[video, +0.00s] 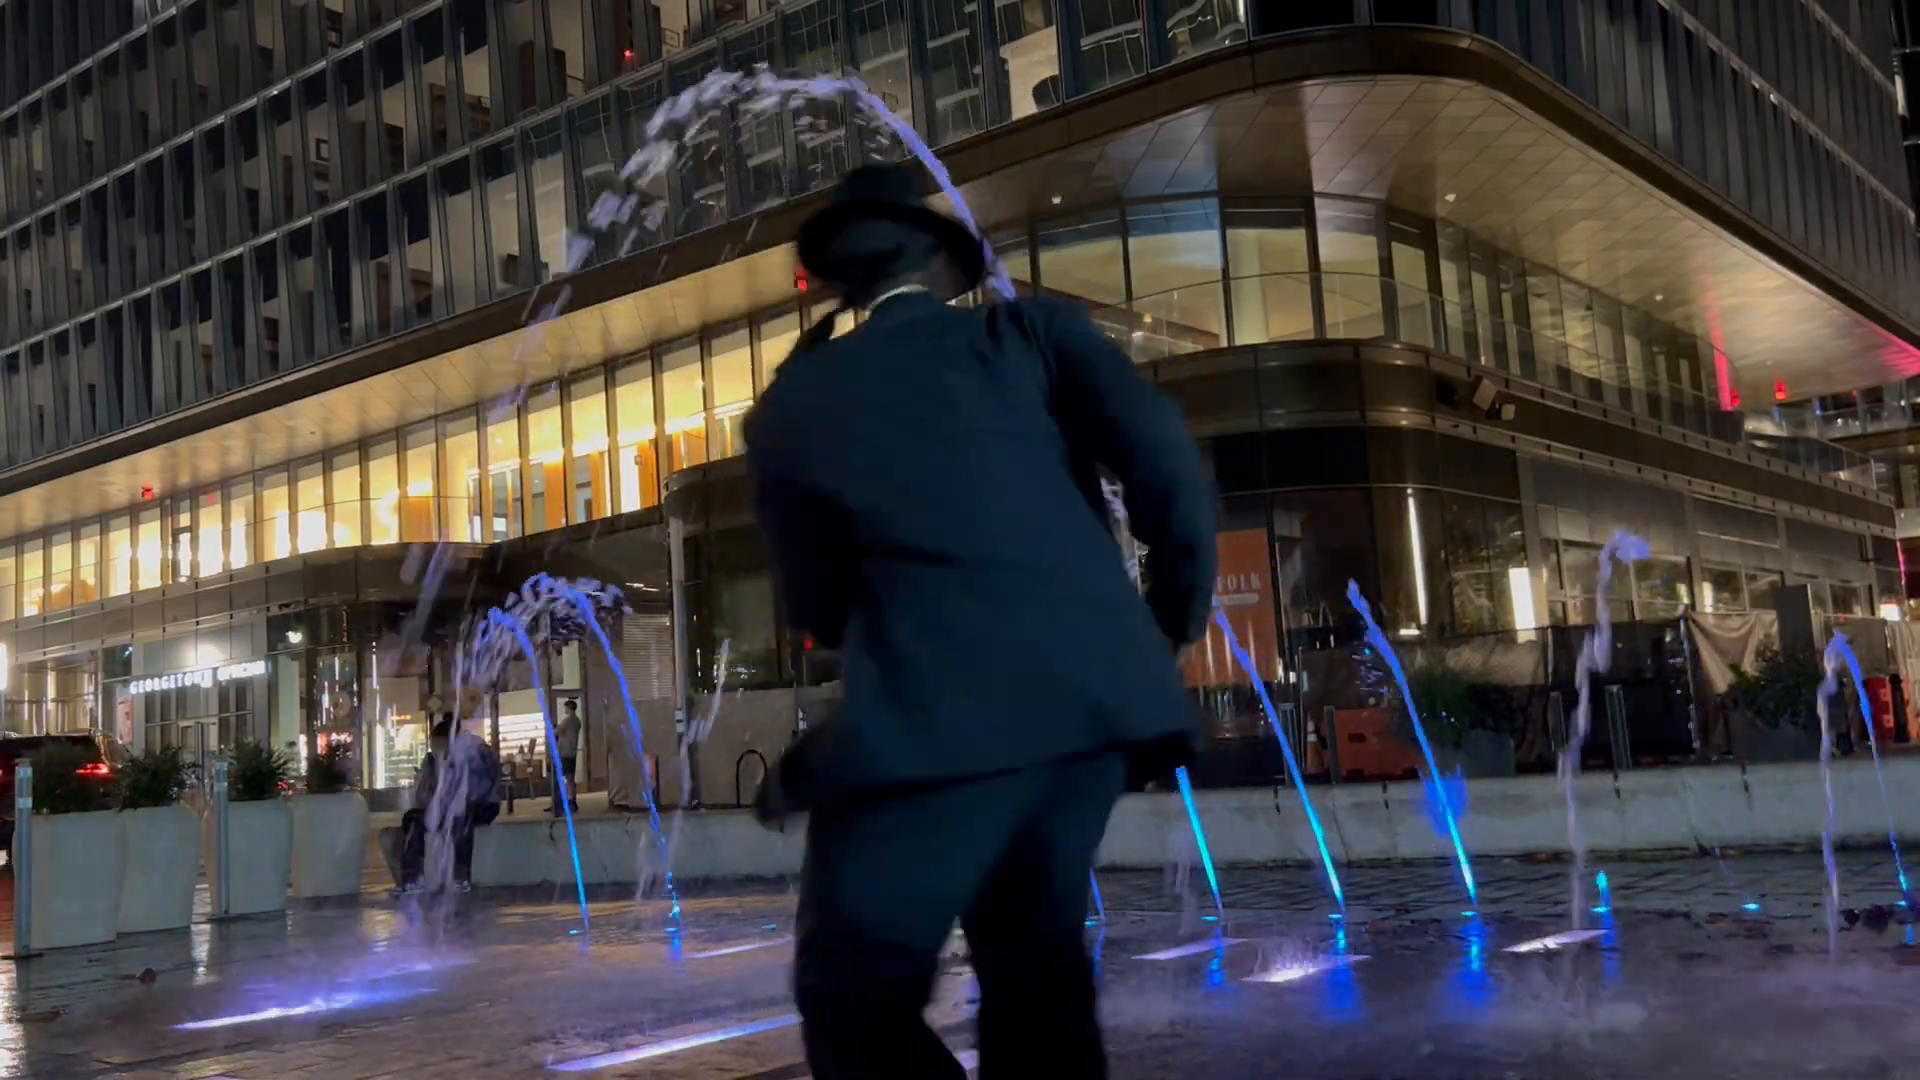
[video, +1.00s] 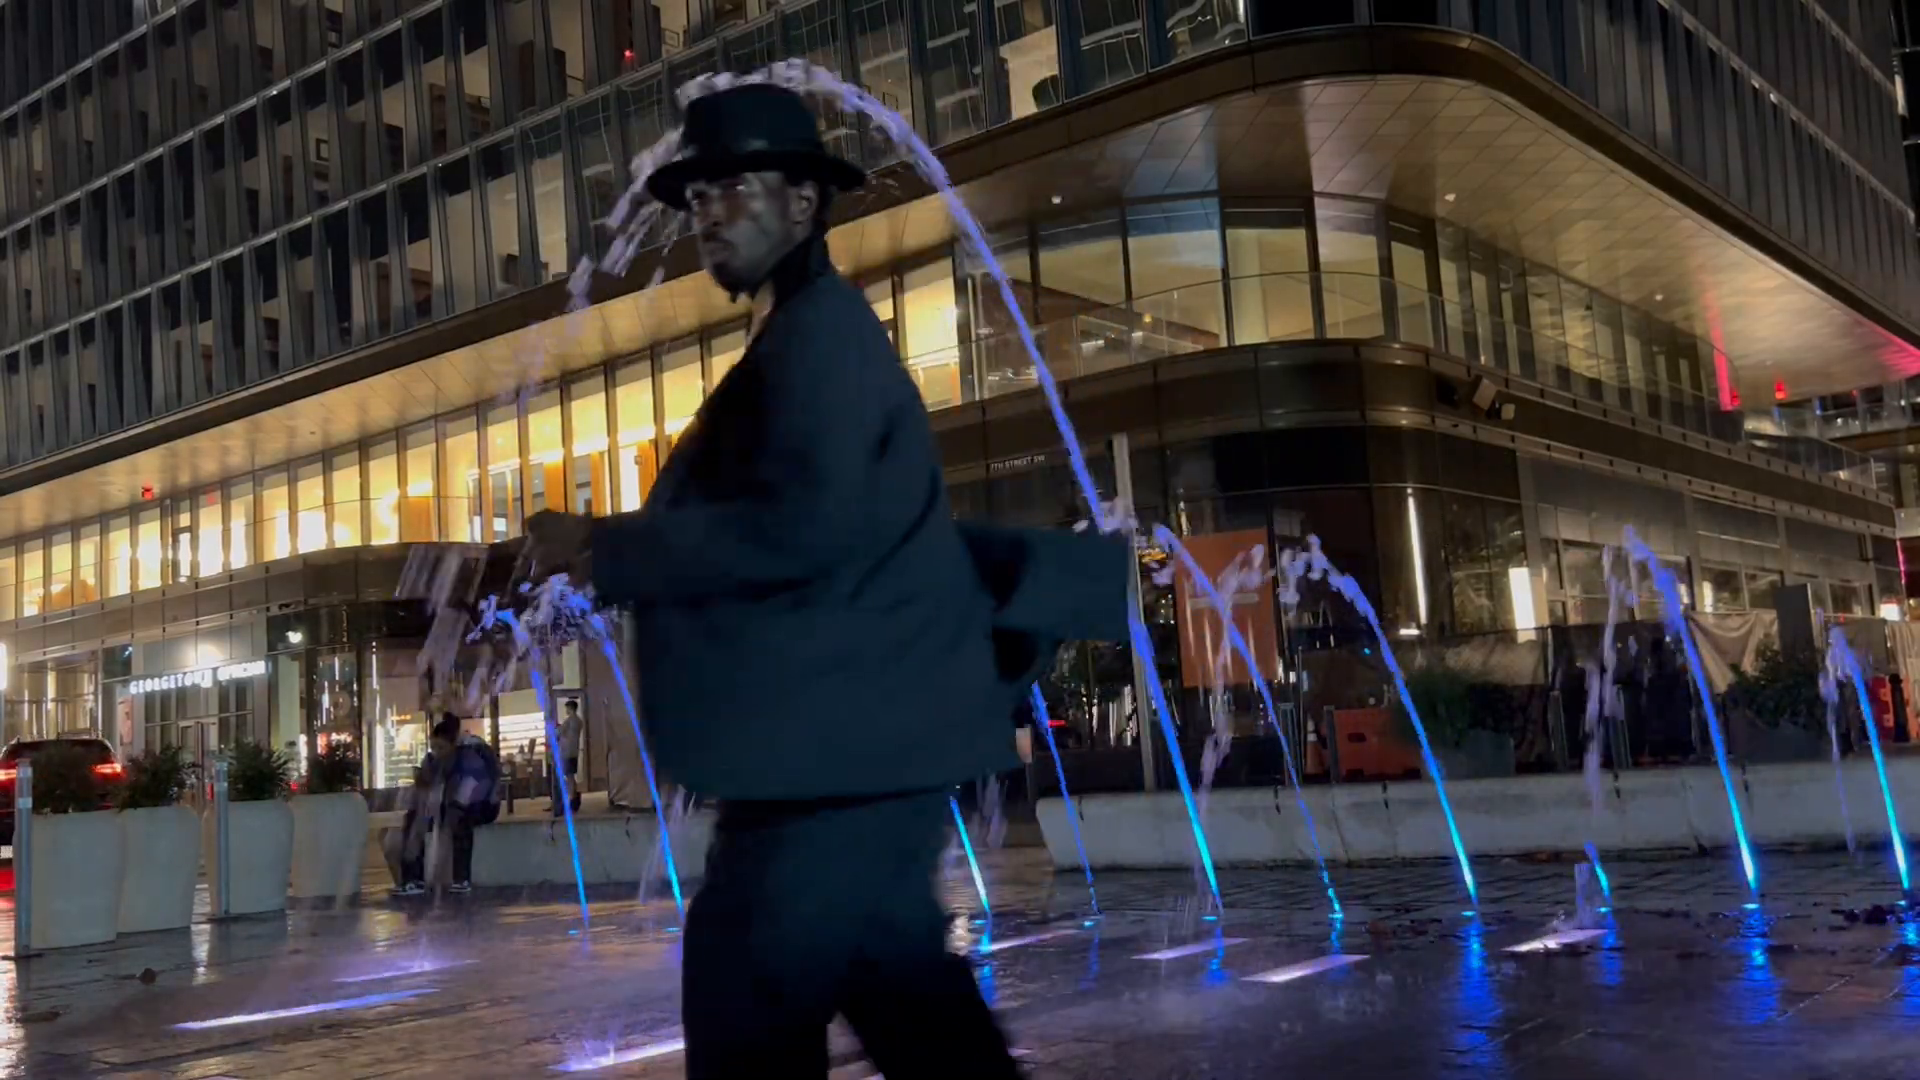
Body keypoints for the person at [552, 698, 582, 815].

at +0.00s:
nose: (564, 710)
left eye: (566, 708)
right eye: (565, 708)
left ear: (568, 709)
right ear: (574, 709)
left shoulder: (566, 721)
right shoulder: (577, 721)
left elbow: (556, 731)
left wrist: (552, 730)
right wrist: (559, 729)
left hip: (564, 754)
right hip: (572, 753)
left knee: (563, 780)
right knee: (571, 779)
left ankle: (560, 803)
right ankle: (572, 801)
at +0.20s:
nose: (565, 710)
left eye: (566, 708)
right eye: (566, 708)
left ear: (568, 708)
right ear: (575, 708)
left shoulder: (566, 721)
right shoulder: (578, 721)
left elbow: (557, 731)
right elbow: (573, 732)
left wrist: (554, 728)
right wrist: (561, 729)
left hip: (565, 753)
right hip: (573, 752)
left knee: (567, 778)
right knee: (571, 778)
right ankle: (574, 798)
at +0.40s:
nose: (565, 710)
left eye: (566, 708)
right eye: (566, 708)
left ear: (569, 709)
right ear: (575, 709)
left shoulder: (566, 721)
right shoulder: (578, 721)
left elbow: (558, 731)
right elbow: (575, 732)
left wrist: (555, 729)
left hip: (564, 752)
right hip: (573, 752)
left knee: (560, 778)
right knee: (572, 776)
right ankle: (574, 796)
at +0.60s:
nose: (565, 710)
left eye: (566, 708)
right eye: (566, 708)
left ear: (569, 709)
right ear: (575, 708)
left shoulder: (567, 721)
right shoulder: (578, 721)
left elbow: (558, 732)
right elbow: (573, 732)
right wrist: (559, 729)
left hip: (565, 752)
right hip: (574, 751)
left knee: (568, 777)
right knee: (571, 777)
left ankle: (571, 799)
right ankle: (574, 797)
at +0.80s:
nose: (565, 710)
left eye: (566, 708)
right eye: (566, 708)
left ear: (569, 708)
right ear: (575, 708)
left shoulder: (567, 721)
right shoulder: (579, 721)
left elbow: (559, 732)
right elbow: (573, 732)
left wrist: (554, 729)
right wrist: (560, 728)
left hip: (566, 749)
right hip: (574, 749)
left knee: (566, 776)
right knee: (571, 776)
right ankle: (574, 799)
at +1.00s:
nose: (566, 710)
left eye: (567, 708)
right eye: (566, 708)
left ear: (570, 708)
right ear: (575, 708)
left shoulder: (568, 721)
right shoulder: (579, 721)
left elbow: (560, 732)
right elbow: (573, 733)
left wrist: (554, 729)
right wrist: (560, 729)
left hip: (566, 753)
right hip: (574, 752)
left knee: (568, 777)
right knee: (571, 777)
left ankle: (571, 798)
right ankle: (574, 796)